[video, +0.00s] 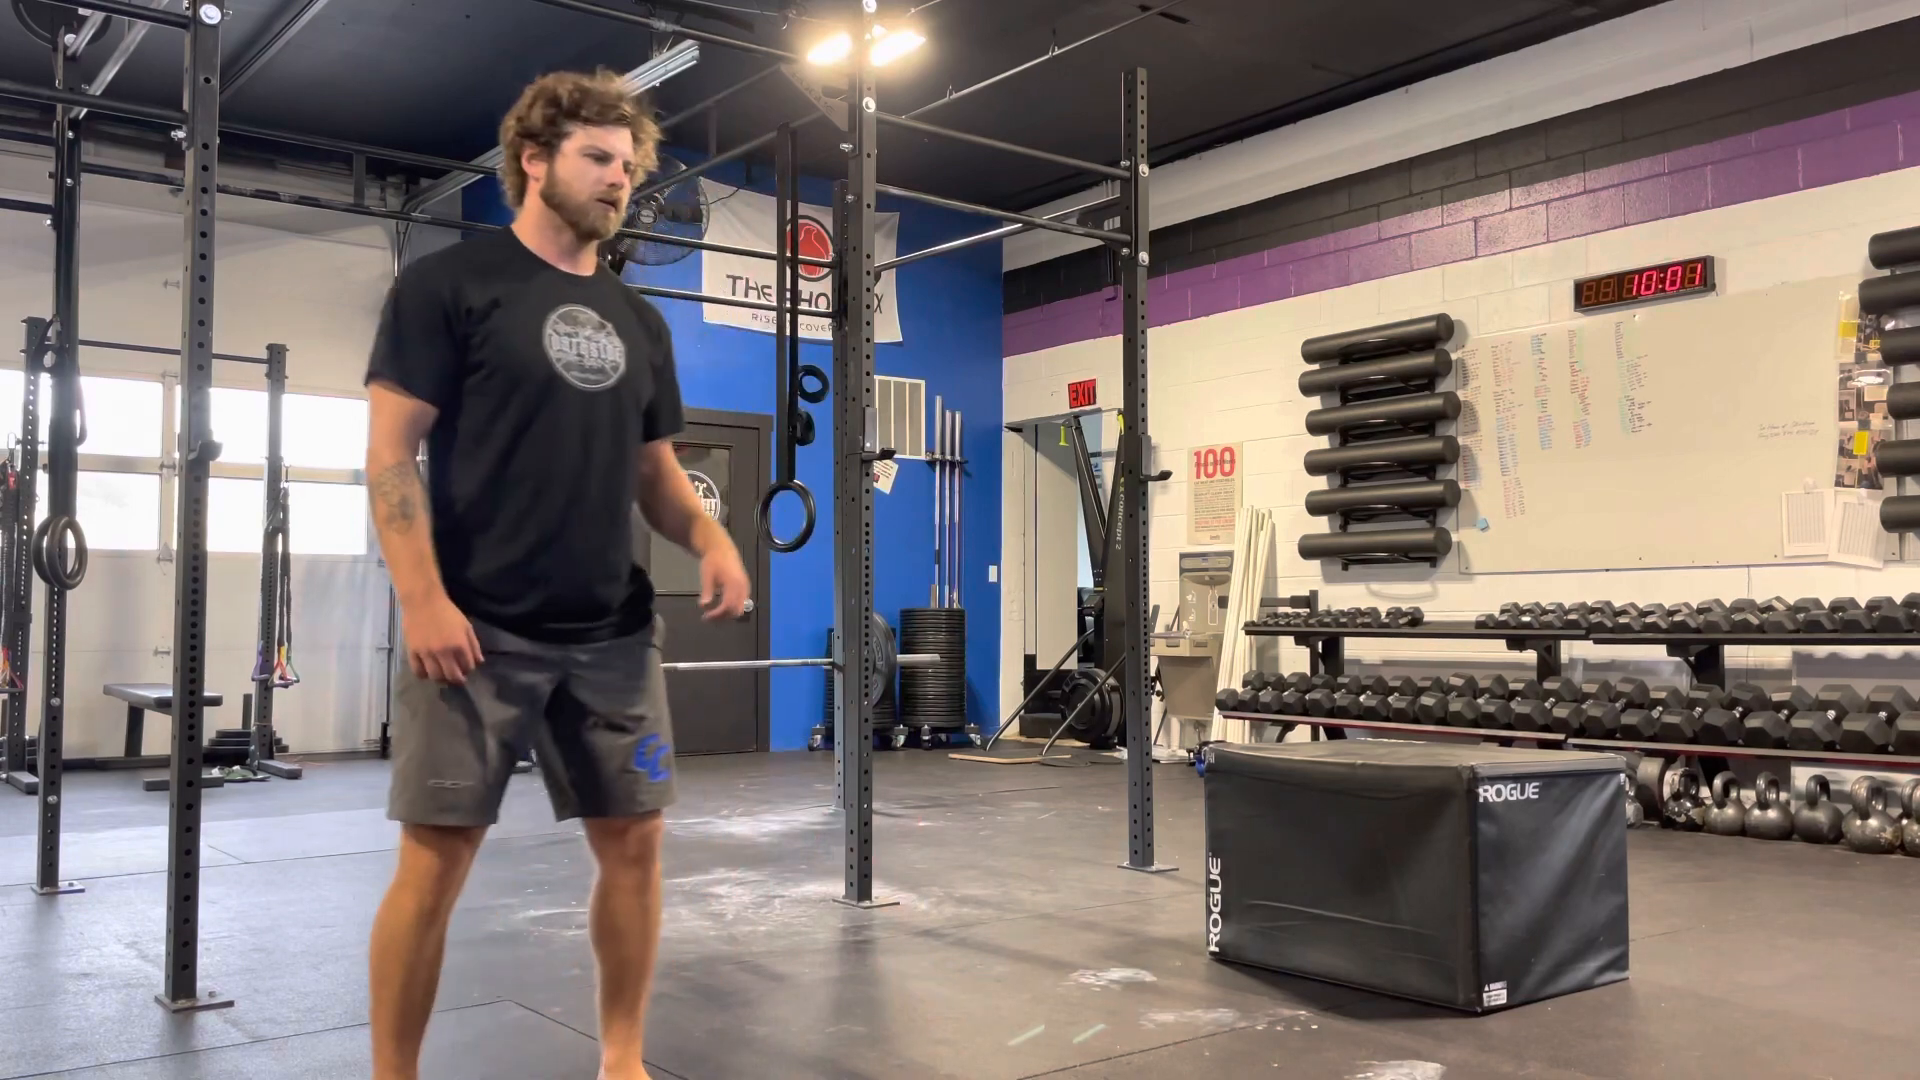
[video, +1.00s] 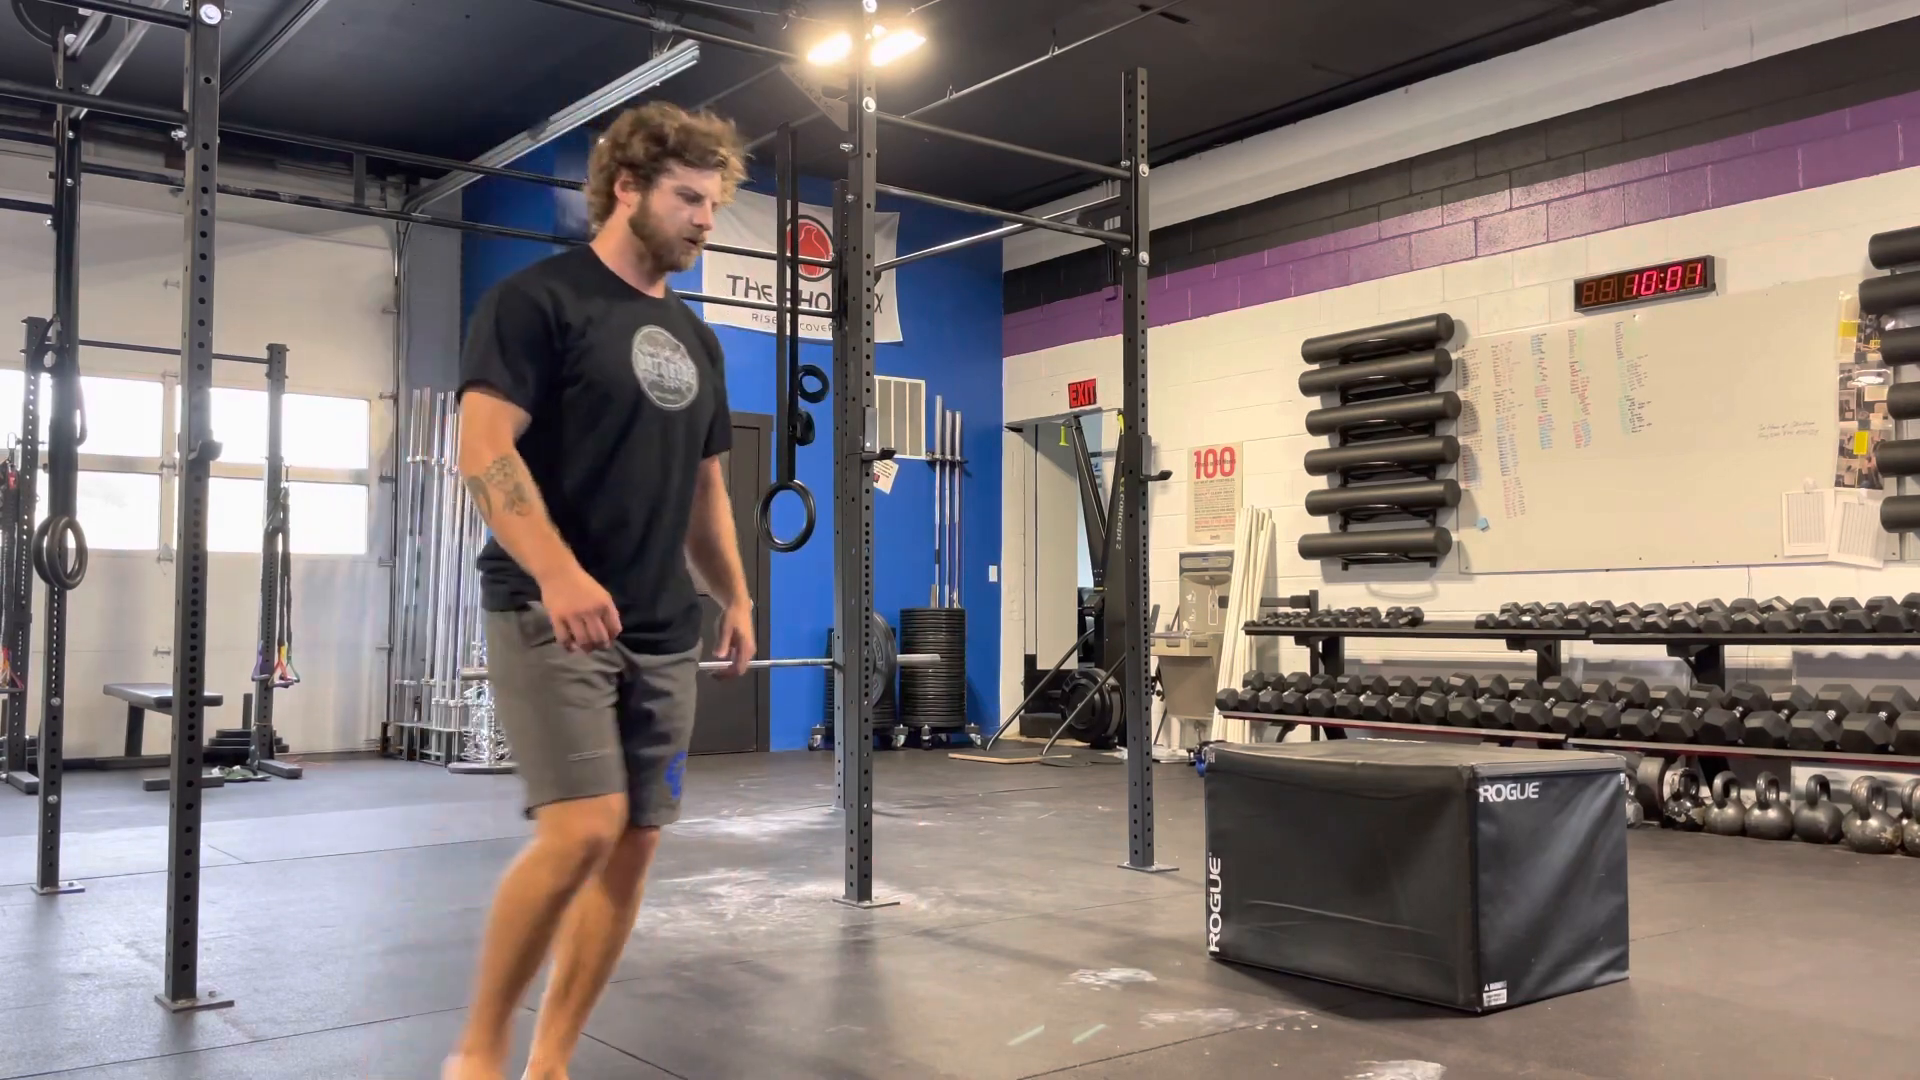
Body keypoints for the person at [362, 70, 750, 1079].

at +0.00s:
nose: (620, 179)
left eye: (630, 166)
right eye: (599, 158)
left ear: (637, 182)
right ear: (535, 162)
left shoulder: (635, 317)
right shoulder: (447, 281)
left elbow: (655, 467)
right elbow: (390, 453)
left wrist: (708, 533)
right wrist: (422, 600)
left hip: (611, 631)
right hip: (476, 627)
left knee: (634, 840)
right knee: (434, 861)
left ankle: (624, 1060)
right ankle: (393, 1072)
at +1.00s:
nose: (705, 219)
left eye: (715, 203)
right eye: (690, 198)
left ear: (716, 209)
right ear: (626, 189)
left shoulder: (693, 336)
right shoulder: (537, 298)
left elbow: (705, 483)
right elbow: (482, 453)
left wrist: (735, 593)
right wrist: (559, 575)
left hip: (665, 624)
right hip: (552, 613)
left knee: (631, 843)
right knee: (582, 822)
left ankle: (549, 1062)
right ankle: (478, 1055)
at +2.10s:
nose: (1202, 309)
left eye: (1203, 293)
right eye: (1198, 293)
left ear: (1120, 289)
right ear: (1168, 294)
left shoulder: (1082, 353)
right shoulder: (1139, 368)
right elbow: (1250, 449)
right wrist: (1340, 430)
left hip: (1073, 592)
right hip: (1019, 616)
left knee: (1191, 620)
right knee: (1062, 833)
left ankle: (1115, 770)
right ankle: (924, 1026)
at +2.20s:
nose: (1253, 228)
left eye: (1255, 214)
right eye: (1251, 212)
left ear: (1167, 201)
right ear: (1225, 205)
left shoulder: (1108, 261)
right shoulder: (1209, 253)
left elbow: (1048, 331)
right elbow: (1310, 338)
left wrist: (1127, 349)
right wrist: (1346, 310)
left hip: (1076, 505)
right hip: (1118, 519)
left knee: (1236, 532)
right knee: (1064, 732)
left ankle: (1177, 691)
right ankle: (966, 929)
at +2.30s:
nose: (1303, 198)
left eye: (1307, 187)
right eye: (1304, 185)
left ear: (1220, 171)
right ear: (1284, 173)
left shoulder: (1160, 243)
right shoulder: (1263, 213)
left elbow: (1092, 352)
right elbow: (1314, 330)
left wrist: (1115, 437)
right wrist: (1359, 392)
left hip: (1126, 446)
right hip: (1169, 453)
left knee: (1270, 498)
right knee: (1173, 668)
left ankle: (1266, 681)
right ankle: (1008, 787)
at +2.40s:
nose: (1347, 212)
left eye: (1349, 201)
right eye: (1346, 201)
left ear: (1269, 188)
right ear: (1326, 190)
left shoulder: (1204, 247)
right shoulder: (1322, 227)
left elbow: (1140, 360)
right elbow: (1340, 338)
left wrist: (1145, 464)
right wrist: (1356, 447)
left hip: (1170, 447)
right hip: (1239, 454)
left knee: (1304, 525)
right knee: (1240, 655)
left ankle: (1330, 700)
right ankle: (1081, 731)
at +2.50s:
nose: (1385, 250)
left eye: (1387, 240)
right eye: (1383, 239)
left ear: (1299, 232)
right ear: (1364, 231)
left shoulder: (1244, 293)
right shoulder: (1365, 270)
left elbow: (1181, 401)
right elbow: (1384, 386)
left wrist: (1190, 500)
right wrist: (1383, 500)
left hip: (1214, 482)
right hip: (1289, 487)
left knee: (1334, 548)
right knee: (1315, 679)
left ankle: (1353, 730)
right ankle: (1161, 732)